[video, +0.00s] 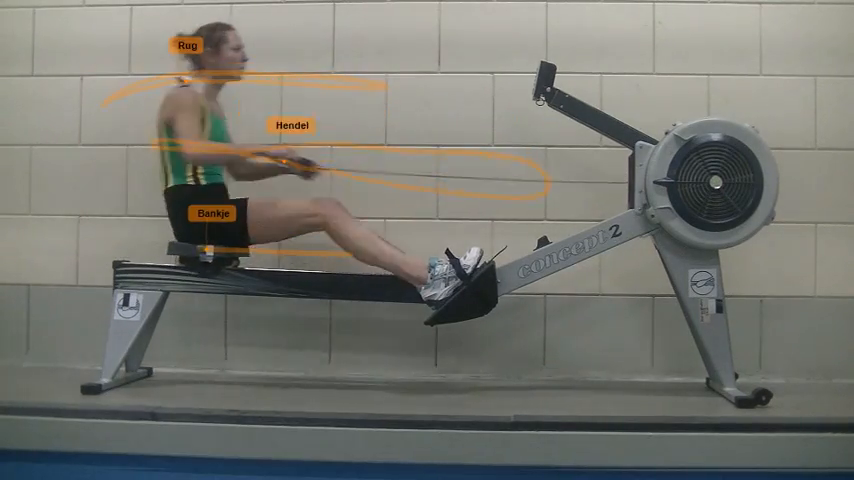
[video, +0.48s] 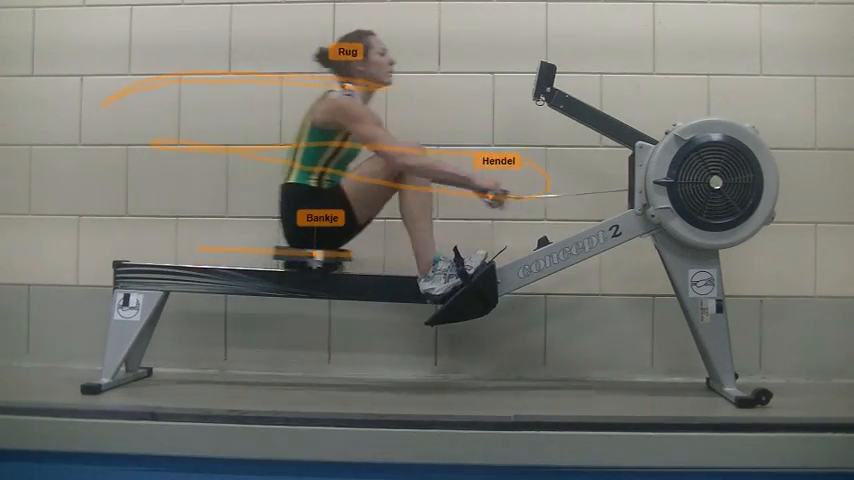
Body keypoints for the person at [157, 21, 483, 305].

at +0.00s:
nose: (243, 56)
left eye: (241, 49)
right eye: (235, 49)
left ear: (217, 57)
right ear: (210, 55)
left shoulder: (210, 109)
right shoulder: (186, 97)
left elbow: (238, 171)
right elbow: (191, 149)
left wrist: (286, 166)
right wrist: (264, 154)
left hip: (214, 215)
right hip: (200, 219)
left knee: (330, 210)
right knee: (327, 212)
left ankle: (430, 275)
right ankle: (426, 280)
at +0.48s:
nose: (391, 61)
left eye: (387, 53)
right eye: (381, 54)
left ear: (360, 67)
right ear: (356, 65)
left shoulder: (356, 108)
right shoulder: (343, 105)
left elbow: (409, 160)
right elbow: (404, 159)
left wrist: (474, 185)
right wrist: (473, 182)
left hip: (316, 218)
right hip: (306, 219)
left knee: (410, 157)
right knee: (406, 160)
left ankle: (431, 269)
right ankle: (430, 274)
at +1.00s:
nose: (336, 54)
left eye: (331, 47)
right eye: (326, 49)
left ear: (304, 63)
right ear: (302, 61)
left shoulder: (303, 103)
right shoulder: (288, 97)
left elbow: (366, 147)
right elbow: (360, 131)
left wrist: (428, 156)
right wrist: (431, 139)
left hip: (275, 211)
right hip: (263, 213)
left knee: (379, 167)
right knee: (376, 169)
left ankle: (432, 273)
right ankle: (430, 279)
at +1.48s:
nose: (171, 76)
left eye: (169, 68)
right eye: (162, 70)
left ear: (148, 76)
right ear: (136, 76)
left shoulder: (147, 121)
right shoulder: (115, 116)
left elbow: (160, 171)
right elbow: (97, 171)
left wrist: (198, 160)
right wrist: (154, 149)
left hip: (198, 212)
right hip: (185, 216)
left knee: (314, 237)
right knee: (309, 241)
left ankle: (429, 277)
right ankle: (428, 282)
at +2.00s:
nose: (277, 55)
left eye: (274, 48)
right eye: (268, 49)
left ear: (249, 58)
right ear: (242, 56)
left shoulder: (244, 104)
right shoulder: (220, 96)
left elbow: (278, 167)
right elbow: (238, 150)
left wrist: (328, 172)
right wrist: (308, 156)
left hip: (229, 216)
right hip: (214, 218)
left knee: (343, 194)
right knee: (337, 195)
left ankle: (428, 275)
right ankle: (426, 281)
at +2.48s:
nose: (408, 59)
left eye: (403, 52)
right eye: (398, 54)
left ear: (379, 68)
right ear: (376, 65)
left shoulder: (370, 105)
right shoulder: (365, 106)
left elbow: (433, 157)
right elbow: (433, 156)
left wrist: (500, 183)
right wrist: (502, 182)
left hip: (329, 216)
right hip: (326, 218)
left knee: (421, 157)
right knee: (421, 158)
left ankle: (432, 264)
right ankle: (430, 272)